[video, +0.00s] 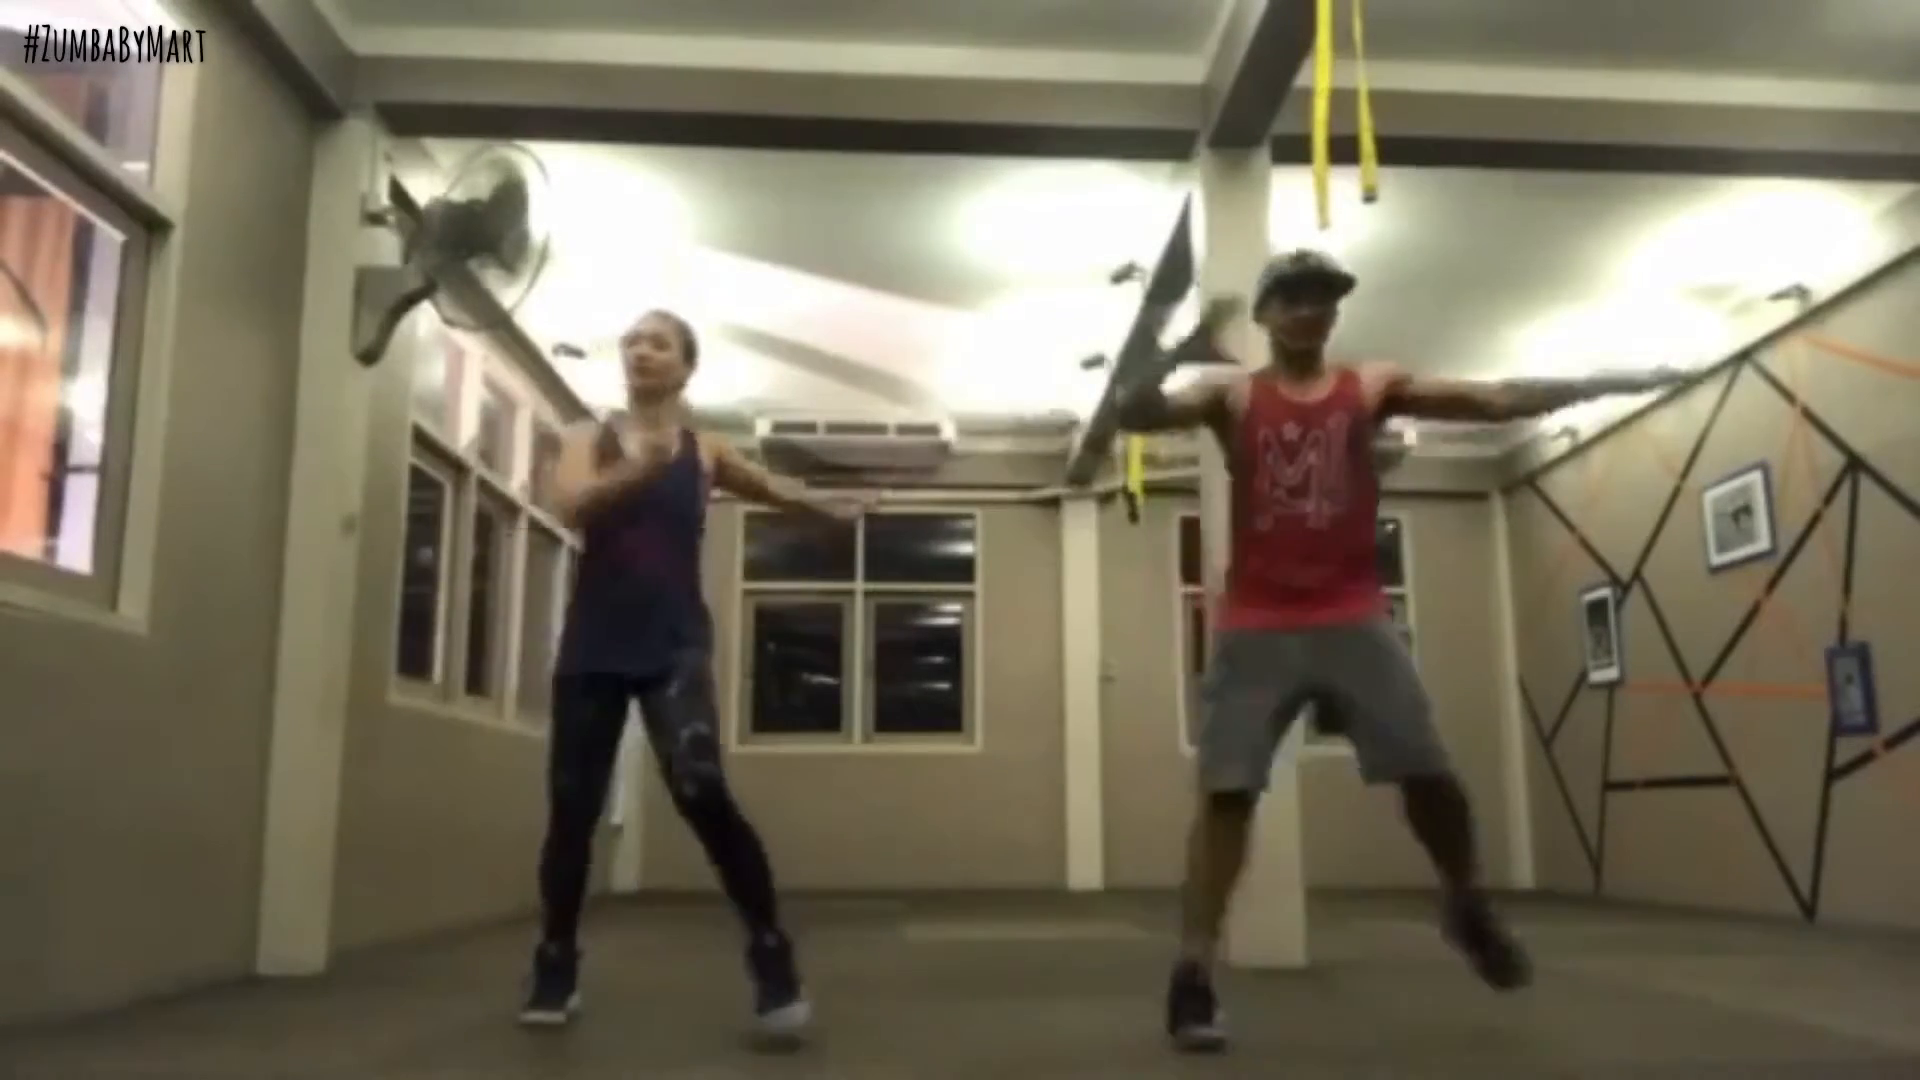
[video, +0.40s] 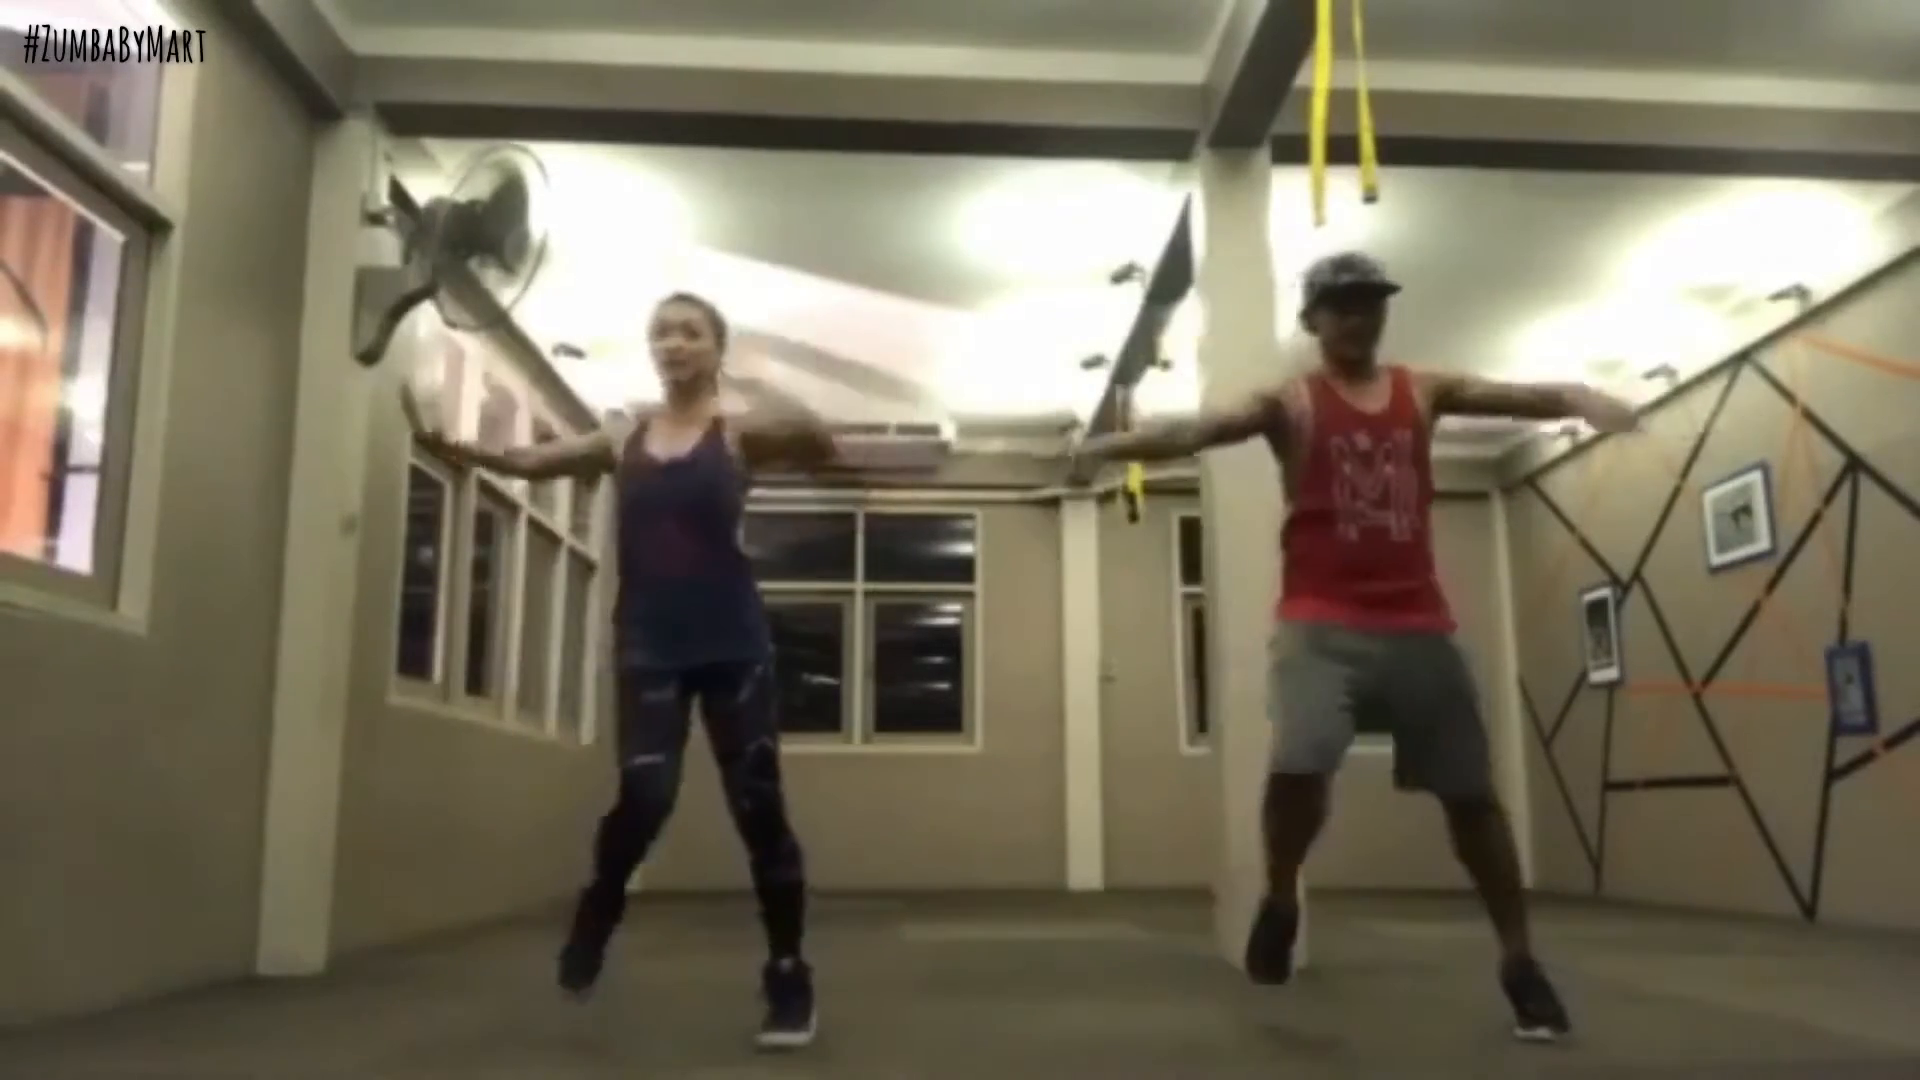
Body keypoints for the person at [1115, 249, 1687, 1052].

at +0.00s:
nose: (1308, 316)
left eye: (1320, 304)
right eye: (1293, 304)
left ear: (1336, 312)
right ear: (1263, 316)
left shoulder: (1371, 387)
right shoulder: (1230, 393)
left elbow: (1498, 401)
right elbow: (1133, 413)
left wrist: (1625, 383)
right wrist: (1154, 346)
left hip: (1354, 624)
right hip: (1258, 627)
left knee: (1430, 777)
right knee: (1227, 795)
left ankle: (1467, 912)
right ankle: (1193, 975)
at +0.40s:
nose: (1357, 324)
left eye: (1370, 310)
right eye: (1341, 310)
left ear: (1386, 315)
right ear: (1312, 319)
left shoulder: (1422, 391)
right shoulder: (1289, 403)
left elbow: (1525, 399)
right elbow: (1201, 431)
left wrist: (1587, 400)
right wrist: (1117, 445)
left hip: (1417, 622)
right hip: (1321, 622)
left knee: (1473, 799)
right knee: (1298, 767)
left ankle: (1520, 963)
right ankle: (1280, 902)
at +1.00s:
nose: (1201, 320)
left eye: (1213, 308)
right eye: (1187, 307)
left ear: (1227, 317)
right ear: (1159, 316)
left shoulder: (1257, 397)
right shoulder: (1125, 408)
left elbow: (1362, 409)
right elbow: (1011, 427)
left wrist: (1440, 415)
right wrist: (1081, 389)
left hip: (1248, 605)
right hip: (1166, 618)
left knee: (1211, 767)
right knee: (1208, 790)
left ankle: (1207, 947)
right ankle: (1241, 970)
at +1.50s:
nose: (1103, 343)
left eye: (1117, 328)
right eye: (1090, 327)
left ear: (1142, 339)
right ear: (1065, 336)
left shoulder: (1162, 430)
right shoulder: (1029, 410)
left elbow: (1255, 470)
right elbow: (911, 398)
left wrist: (1188, 432)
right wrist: (798, 394)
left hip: (1124, 651)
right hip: (1030, 650)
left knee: (1134, 814)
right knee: (982, 814)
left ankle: (1132, 987)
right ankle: (941, 966)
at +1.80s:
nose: (1096, 321)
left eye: (1110, 308)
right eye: (1084, 305)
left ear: (1127, 318)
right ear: (1057, 311)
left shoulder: (1146, 402)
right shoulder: (1013, 386)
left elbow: (1255, 416)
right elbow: (910, 365)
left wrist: (1313, 365)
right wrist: (896, 294)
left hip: (1121, 619)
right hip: (1027, 626)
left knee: (1154, 771)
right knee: (991, 799)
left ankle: (1188, 937)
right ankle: (948, 967)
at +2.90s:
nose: (1192, 302)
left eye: (1203, 290)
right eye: (1178, 289)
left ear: (1220, 306)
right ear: (1151, 304)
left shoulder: (1243, 380)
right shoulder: (1133, 383)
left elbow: (1292, 274)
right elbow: (1097, 279)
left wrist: (1308, 172)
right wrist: (1106, 175)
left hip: (1239, 607)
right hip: (1158, 609)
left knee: (1237, 781)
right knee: (1168, 775)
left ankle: (1233, 948)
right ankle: (1160, 952)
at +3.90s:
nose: (1314, 351)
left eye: (1324, 340)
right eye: (1298, 339)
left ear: (1338, 350)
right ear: (1267, 351)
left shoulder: (1375, 428)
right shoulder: (1241, 437)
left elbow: (1487, 441)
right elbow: (1148, 483)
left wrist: (1601, 426)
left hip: (1373, 650)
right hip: (1281, 653)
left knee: (1427, 807)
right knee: (1261, 813)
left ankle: (1474, 958)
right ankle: (1217, 976)